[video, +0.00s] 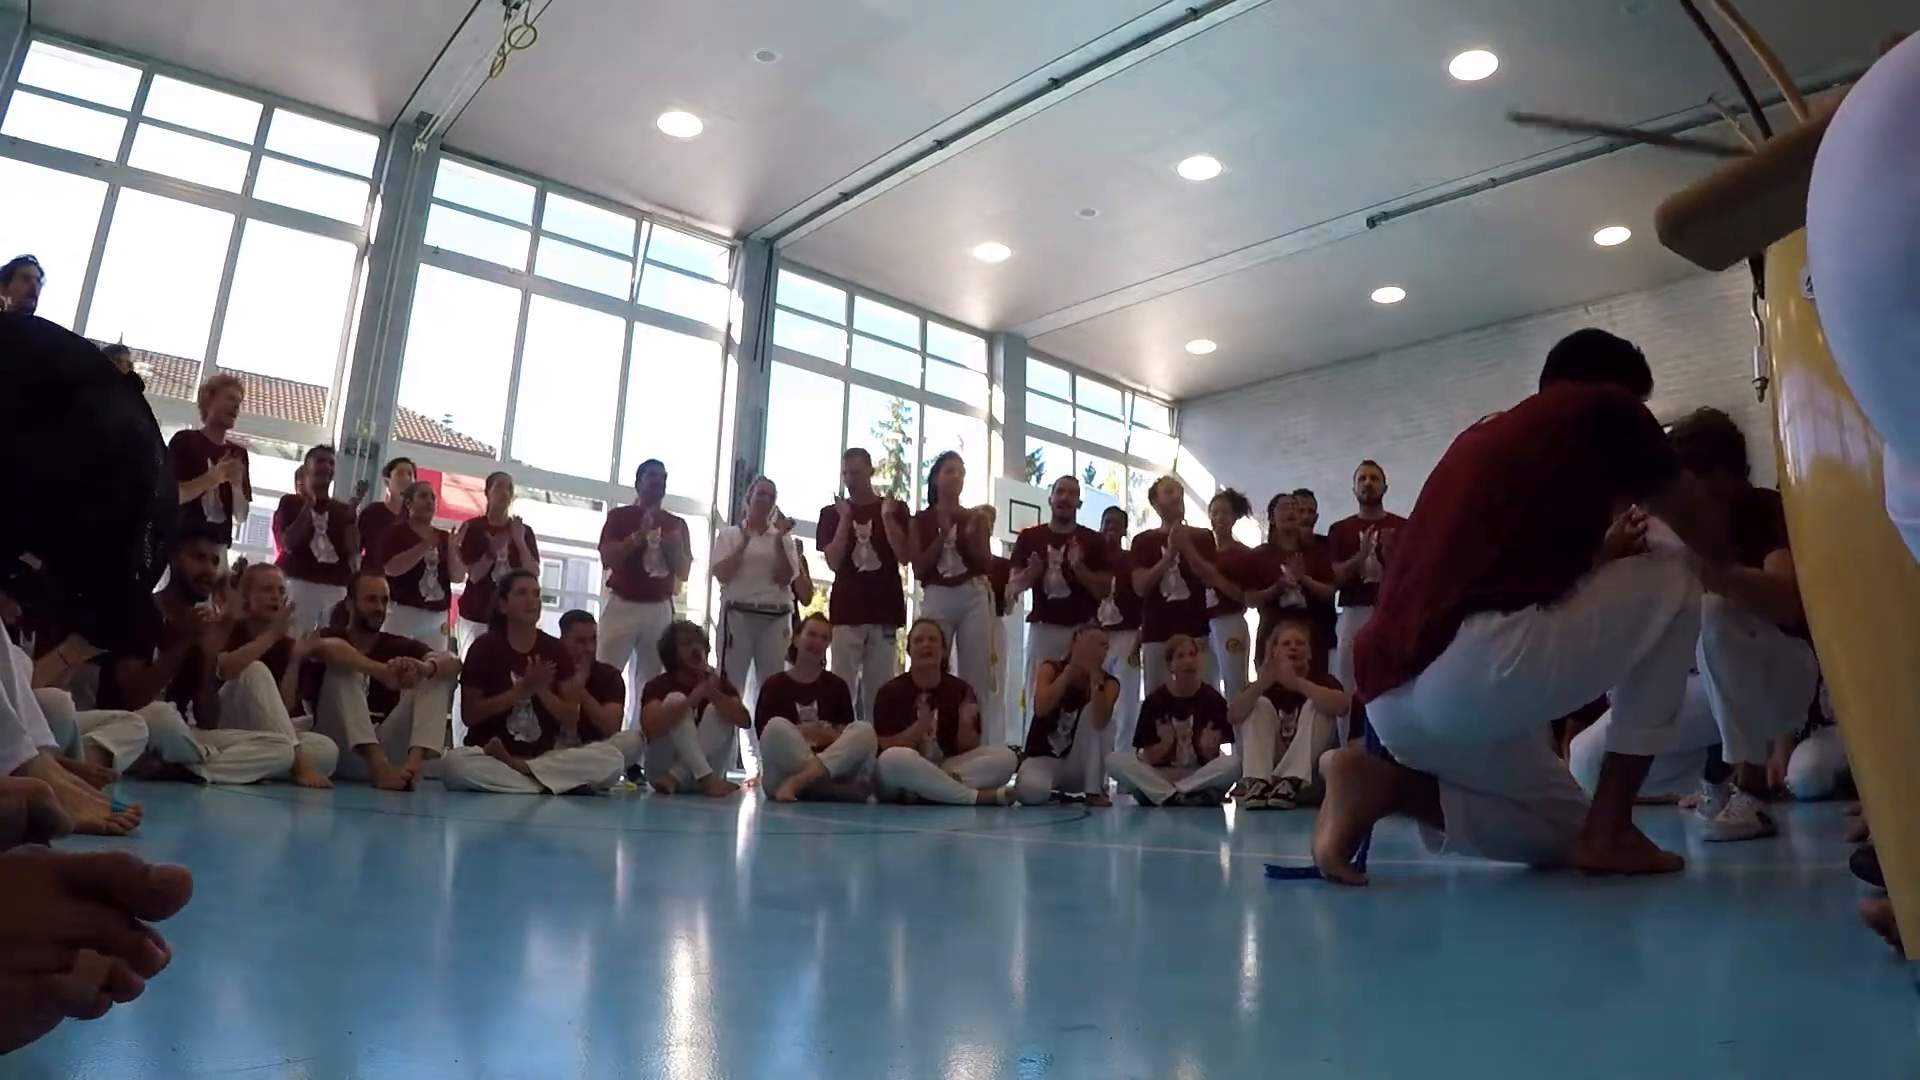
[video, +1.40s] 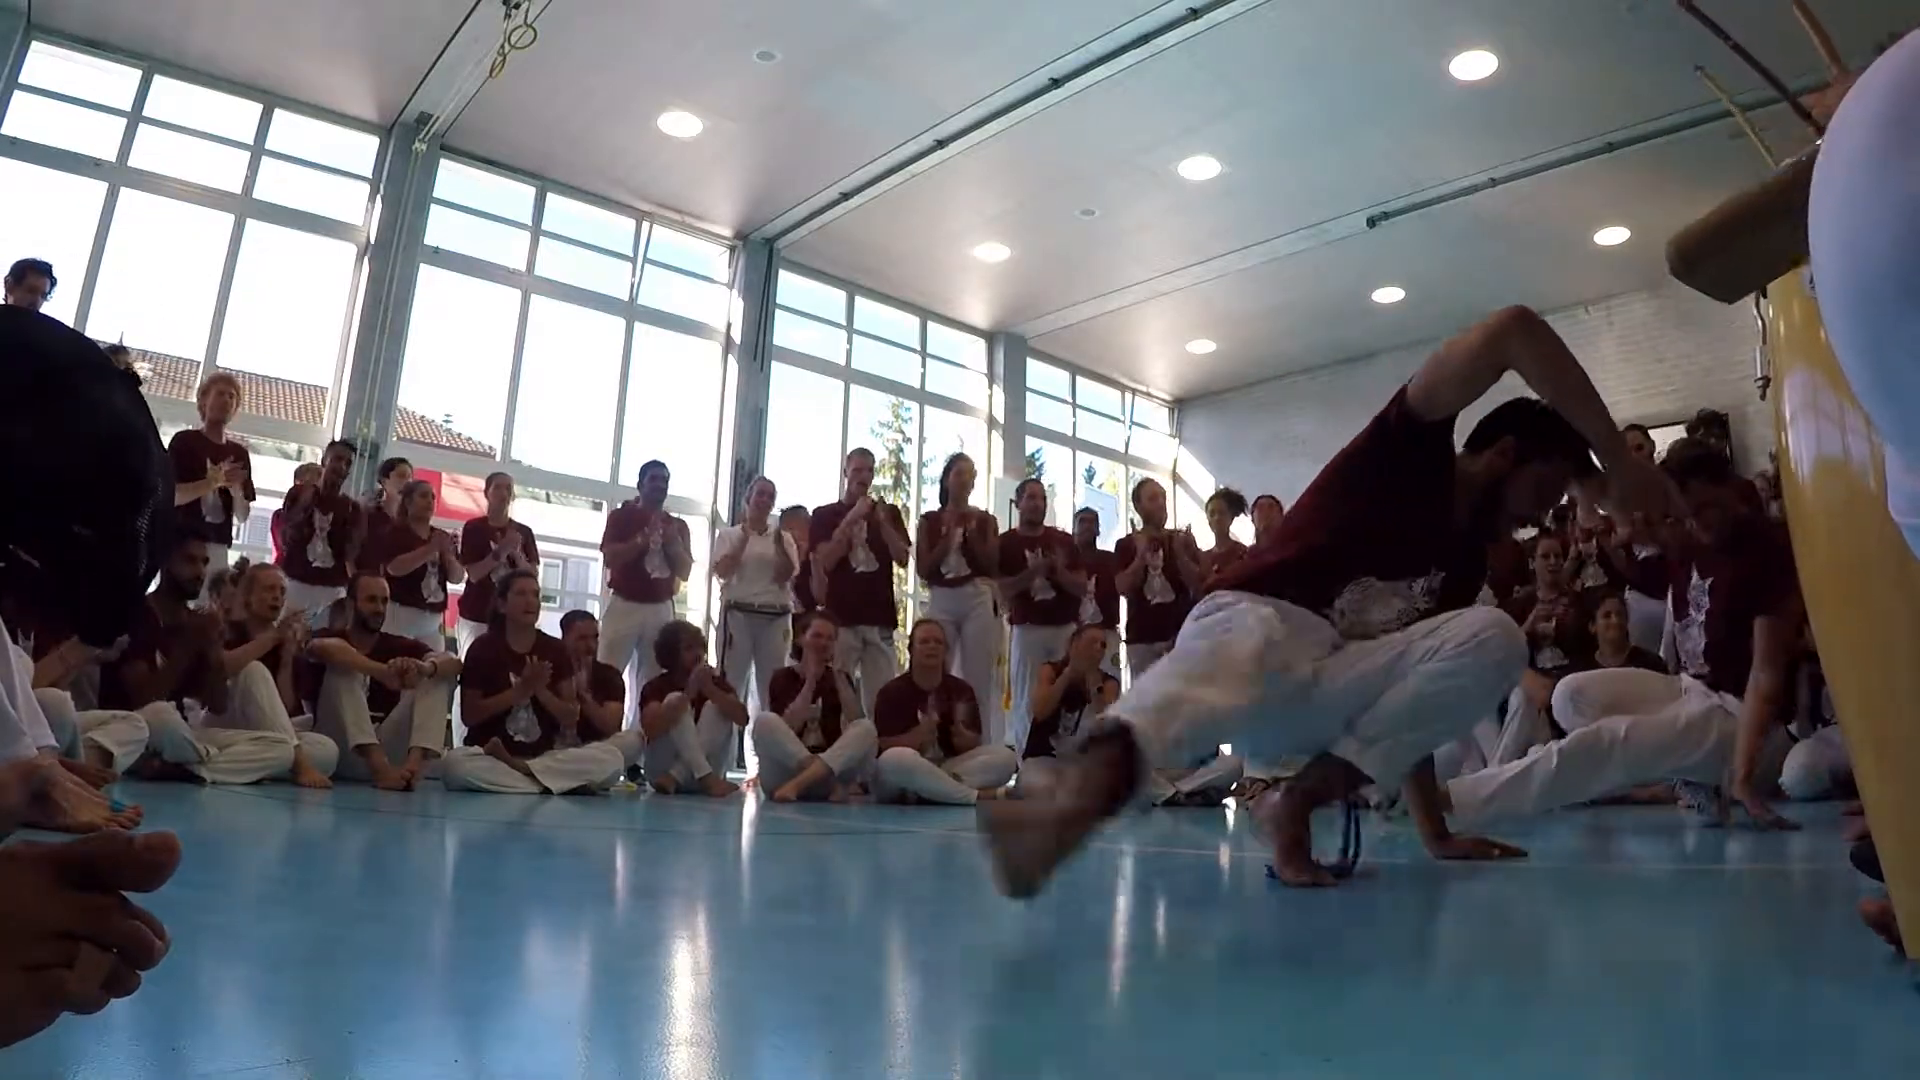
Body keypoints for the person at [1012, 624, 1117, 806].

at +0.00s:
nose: (1101, 651)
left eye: (1104, 646)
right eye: (1096, 644)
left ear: (1106, 650)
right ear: (1076, 643)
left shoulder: (1108, 683)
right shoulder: (1050, 668)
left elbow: (1099, 720)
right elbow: (1041, 708)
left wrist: (1095, 674)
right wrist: (1071, 670)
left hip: (1080, 763)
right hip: (1043, 760)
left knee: (1094, 711)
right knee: (1032, 792)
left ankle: (1093, 790)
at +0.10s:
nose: (1098, 650)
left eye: (1104, 645)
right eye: (1092, 643)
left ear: (1107, 650)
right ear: (1075, 645)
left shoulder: (1108, 682)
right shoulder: (1050, 669)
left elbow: (1099, 719)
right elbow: (1041, 708)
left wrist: (1093, 673)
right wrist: (1071, 675)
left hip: (1080, 763)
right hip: (1042, 760)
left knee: (1094, 712)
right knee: (1032, 792)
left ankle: (1094, 790)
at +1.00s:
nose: (1099, 650)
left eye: (1103, 645)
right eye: (1093, 643)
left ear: (1106, 650)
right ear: (1074, 644)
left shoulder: (1108, 683)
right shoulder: (1049, 671)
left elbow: (1100, 719)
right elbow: (1040, 710)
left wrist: (1091, 677)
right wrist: (1070, 673)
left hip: (1080, 763)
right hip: (1042, 761)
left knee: (1095, 712)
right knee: (1033, 793)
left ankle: (1093, 791)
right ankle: (1012, 793)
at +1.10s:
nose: (1099, 649)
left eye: (1103, 645)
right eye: (1093, 643)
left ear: (1106, 651)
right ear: (1073, 645)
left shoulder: (1108, 683)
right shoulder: (1049, 670)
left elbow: (1101, 719)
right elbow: (1040, 709)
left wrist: (1093, 676)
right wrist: (1071, 672)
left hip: (1080, 763)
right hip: (1042, 761)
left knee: (1095, 711)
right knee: (1033, 793)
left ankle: (1093, 791)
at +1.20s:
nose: (1097, 649)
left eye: (1102, 645)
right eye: (1091, 642)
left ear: (1105, 651)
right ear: (1074, 644)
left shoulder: (1108, 683)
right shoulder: (1051, 671)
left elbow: (1102, 719)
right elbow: (1040, 711)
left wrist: (1091, 679)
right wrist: (1071, 677)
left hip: (1080, 763)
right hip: (1042, 761)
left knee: (1095, 709)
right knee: (1034, 793)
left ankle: (1093, 791)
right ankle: (1010, 794)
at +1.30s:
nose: (1098, 648)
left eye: (1103, 645)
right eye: (1092, 642)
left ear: (1105, 651)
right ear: (1074, 644)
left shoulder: (1108, 683)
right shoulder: (1050, 671)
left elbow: (1102, 720)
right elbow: (1040, 711)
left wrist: (1091, 678)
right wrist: (1072, 673)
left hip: (1080, 762)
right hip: (1042, 760)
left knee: (1095, 709)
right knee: (1034, 793)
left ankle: (1093, 791)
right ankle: (1010, 794)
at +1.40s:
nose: (1098, 649)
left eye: (1103, 645)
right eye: (1092, 642)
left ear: (1105, 651)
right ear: (1074, 644)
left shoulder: (1109, 683)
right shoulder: (1050, 671)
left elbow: (1105, 726)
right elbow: (1040, 711)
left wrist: (1094, 684)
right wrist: (1069, 672)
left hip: (1083, 759)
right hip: (1043, 757)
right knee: (1041, 787)